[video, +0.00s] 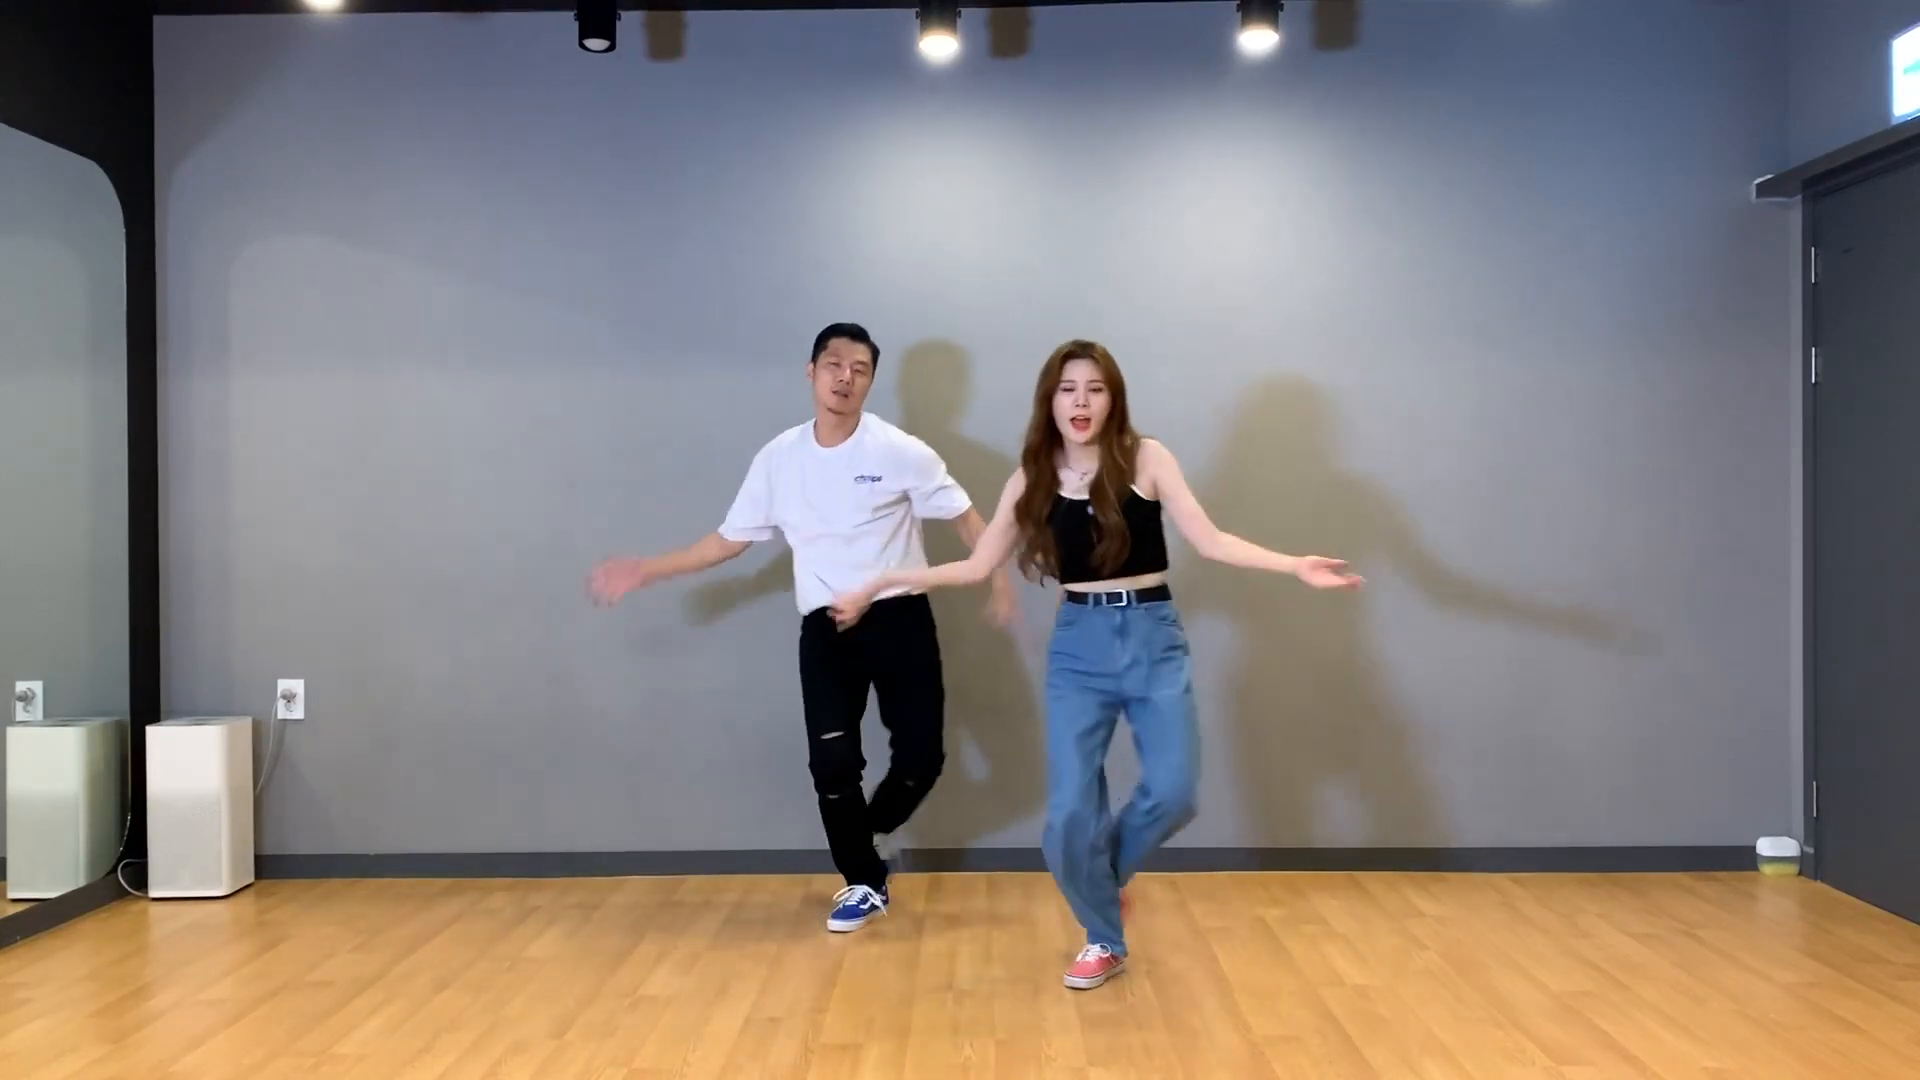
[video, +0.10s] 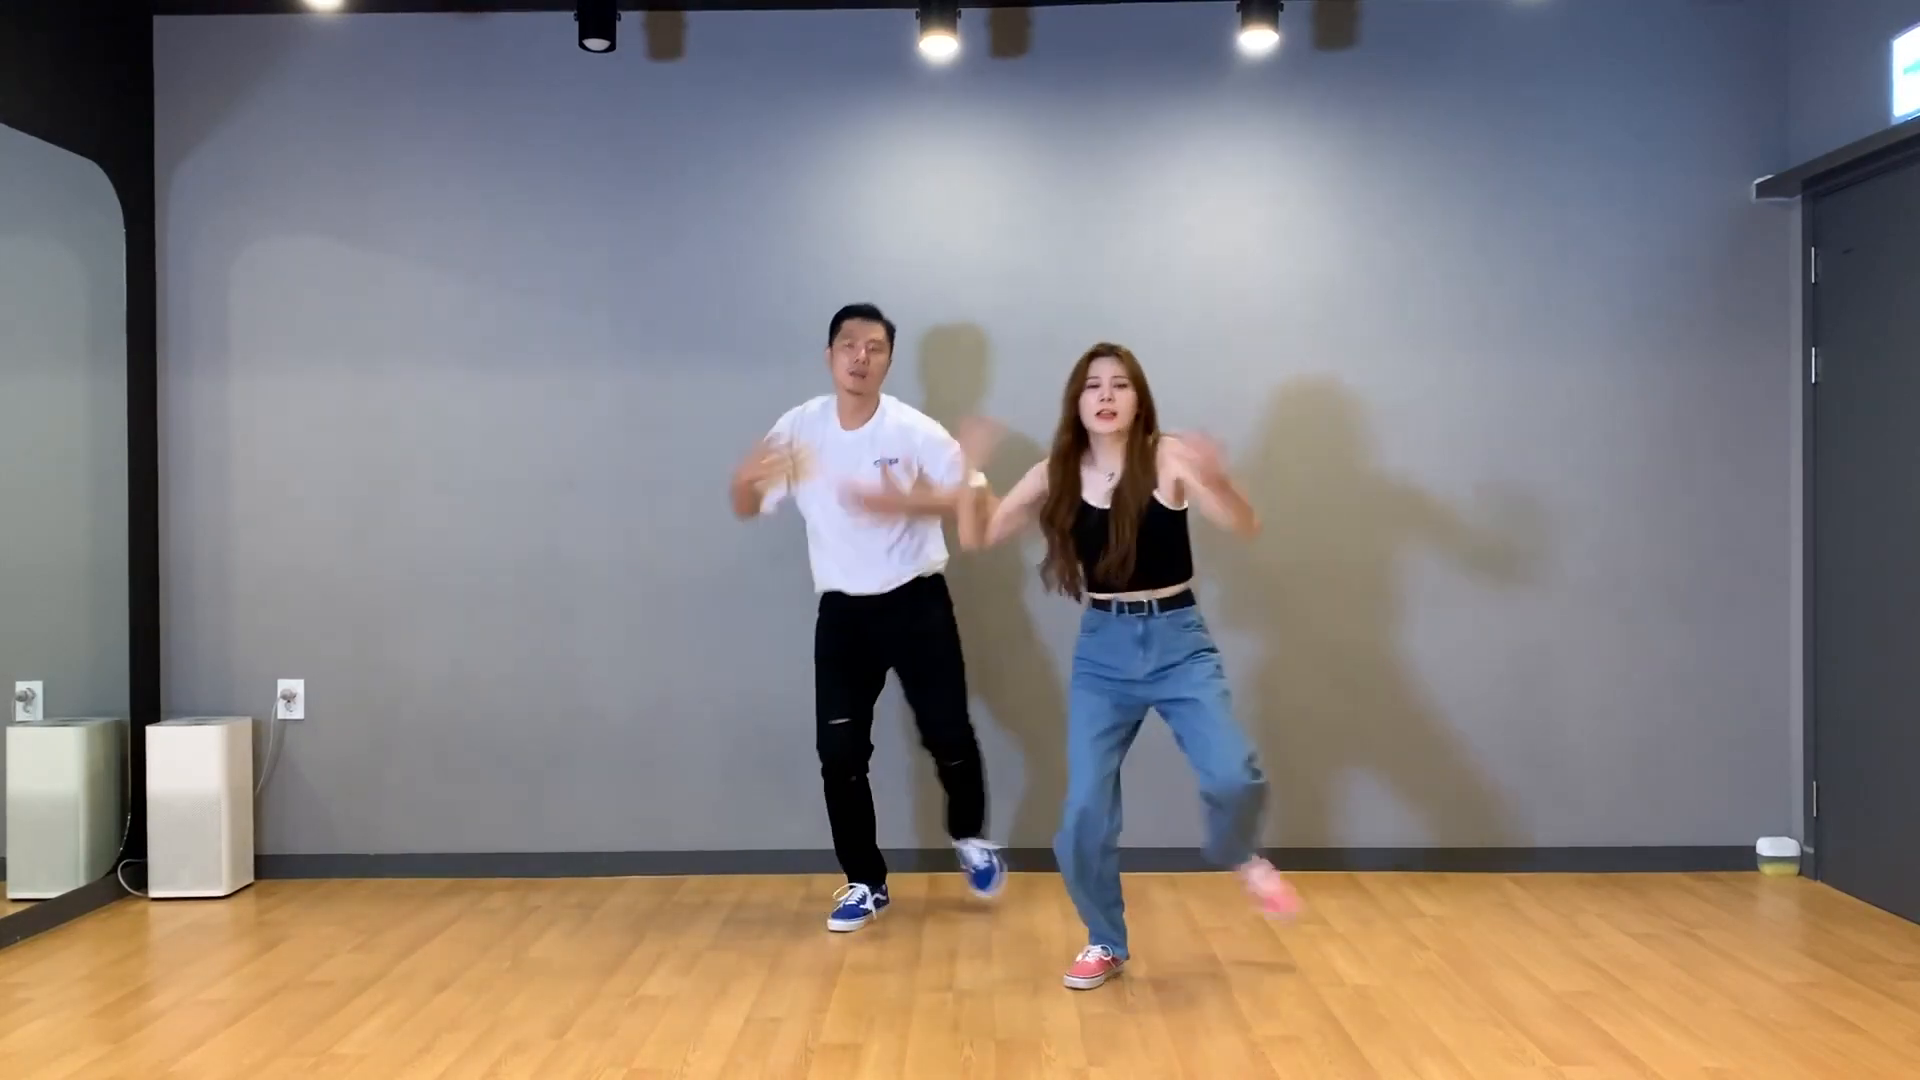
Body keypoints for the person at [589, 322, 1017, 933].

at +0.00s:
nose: (844, 377)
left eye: (859, 369)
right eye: (833, 364)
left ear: (871, 383)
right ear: (811, 373)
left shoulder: (902, 454)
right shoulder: (778, 459)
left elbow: (967, 519)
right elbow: (727, 541)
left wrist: (999, 579)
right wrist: (644, 570)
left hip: (903, 621)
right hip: (827, 627)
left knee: (921, 760)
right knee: (833, 762)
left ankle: (866, 831)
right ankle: (863, 884)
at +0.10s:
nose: (860, 357)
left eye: (874, 348)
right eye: (849, 345)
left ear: (889, 361)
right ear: (829, 356)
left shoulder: (917, 430)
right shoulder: (798, 428)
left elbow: (972, 497)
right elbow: (749, 510)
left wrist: (903, 502)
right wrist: (744, 484)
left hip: (918, 603)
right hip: (844, 609)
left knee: (947, 733)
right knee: (840, 753)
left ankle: (972, 838)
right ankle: (864, 883)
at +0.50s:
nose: (917, 363)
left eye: (926, 349)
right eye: (902, 358)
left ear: (947, 355)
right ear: (891, 374)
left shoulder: (976, 413)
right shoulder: (914, 435)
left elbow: (1004, 507)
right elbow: (920, 522)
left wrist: (951, 584)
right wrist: (871, 543)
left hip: (948, 603)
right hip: (889, 600)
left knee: (969, 758)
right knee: (845, 742)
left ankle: (1049, 866)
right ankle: (864, 883)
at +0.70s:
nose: (922, 372)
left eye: (933, 359)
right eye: (909, 365)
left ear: (956, 367)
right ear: (897, 379)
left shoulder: (977, 436)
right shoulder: (890, 435)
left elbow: (944, 510)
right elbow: (849, 510)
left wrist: (891, 443)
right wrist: (826, 443)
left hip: (999, 614)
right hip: (937, 619)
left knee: (1027, 760)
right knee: (863, 740)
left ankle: (1094, 875)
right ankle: (864, 883)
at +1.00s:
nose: (925, 396)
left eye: (932, 379)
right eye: (913, 390)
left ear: (958, 372)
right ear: (907, 400)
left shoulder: (998, 441)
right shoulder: (926, 445)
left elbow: (931, 507)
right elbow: (891, 512)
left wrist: (902, 429)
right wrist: (864, 437)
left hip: (968, 622)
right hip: (909, 614)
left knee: (963, 776)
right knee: (845, 739)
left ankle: (1071, 860)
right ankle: (863, 883)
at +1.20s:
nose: (926, 391)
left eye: (935, 375)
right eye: (913, 384)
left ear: (960, 368)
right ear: (905, 391)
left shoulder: (988, 439)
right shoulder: (922, 437)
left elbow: (922, 517)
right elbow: (893, 502)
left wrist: (907, 435)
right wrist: (860, 427)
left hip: (998, 616)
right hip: (940, 620)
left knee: (1033, 763)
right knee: (863, 737)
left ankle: (1107, 878)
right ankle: (865, 883)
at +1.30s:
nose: (924, 390)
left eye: (933, 374)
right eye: (910, 382)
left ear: (957, 370)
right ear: (899, 390)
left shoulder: (984, 444)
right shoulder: (900, 423)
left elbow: (957, 512)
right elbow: (873, 500)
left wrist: (915, 437)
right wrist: (860, 429)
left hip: (996, 617)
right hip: (936, 619)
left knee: (1030, 760)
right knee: (861, 739)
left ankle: (1105, 878)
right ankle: (866, 883)